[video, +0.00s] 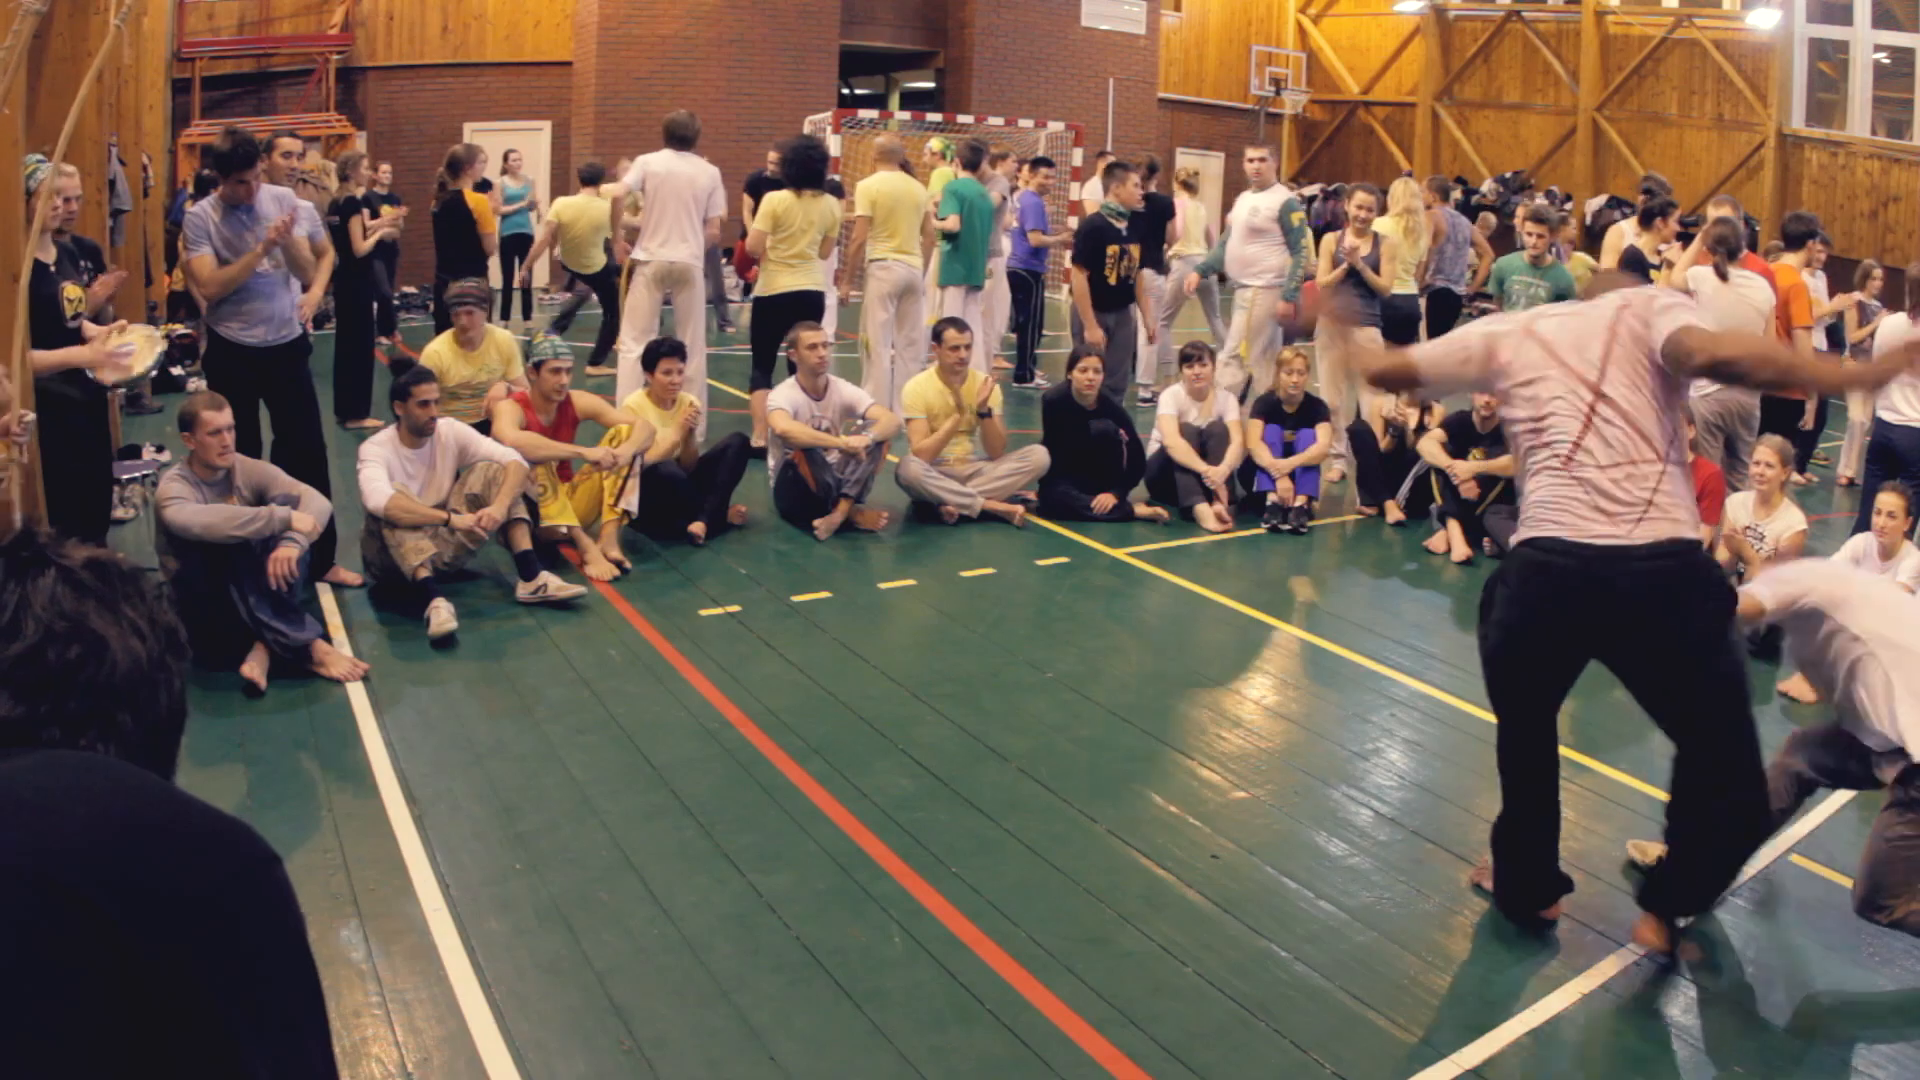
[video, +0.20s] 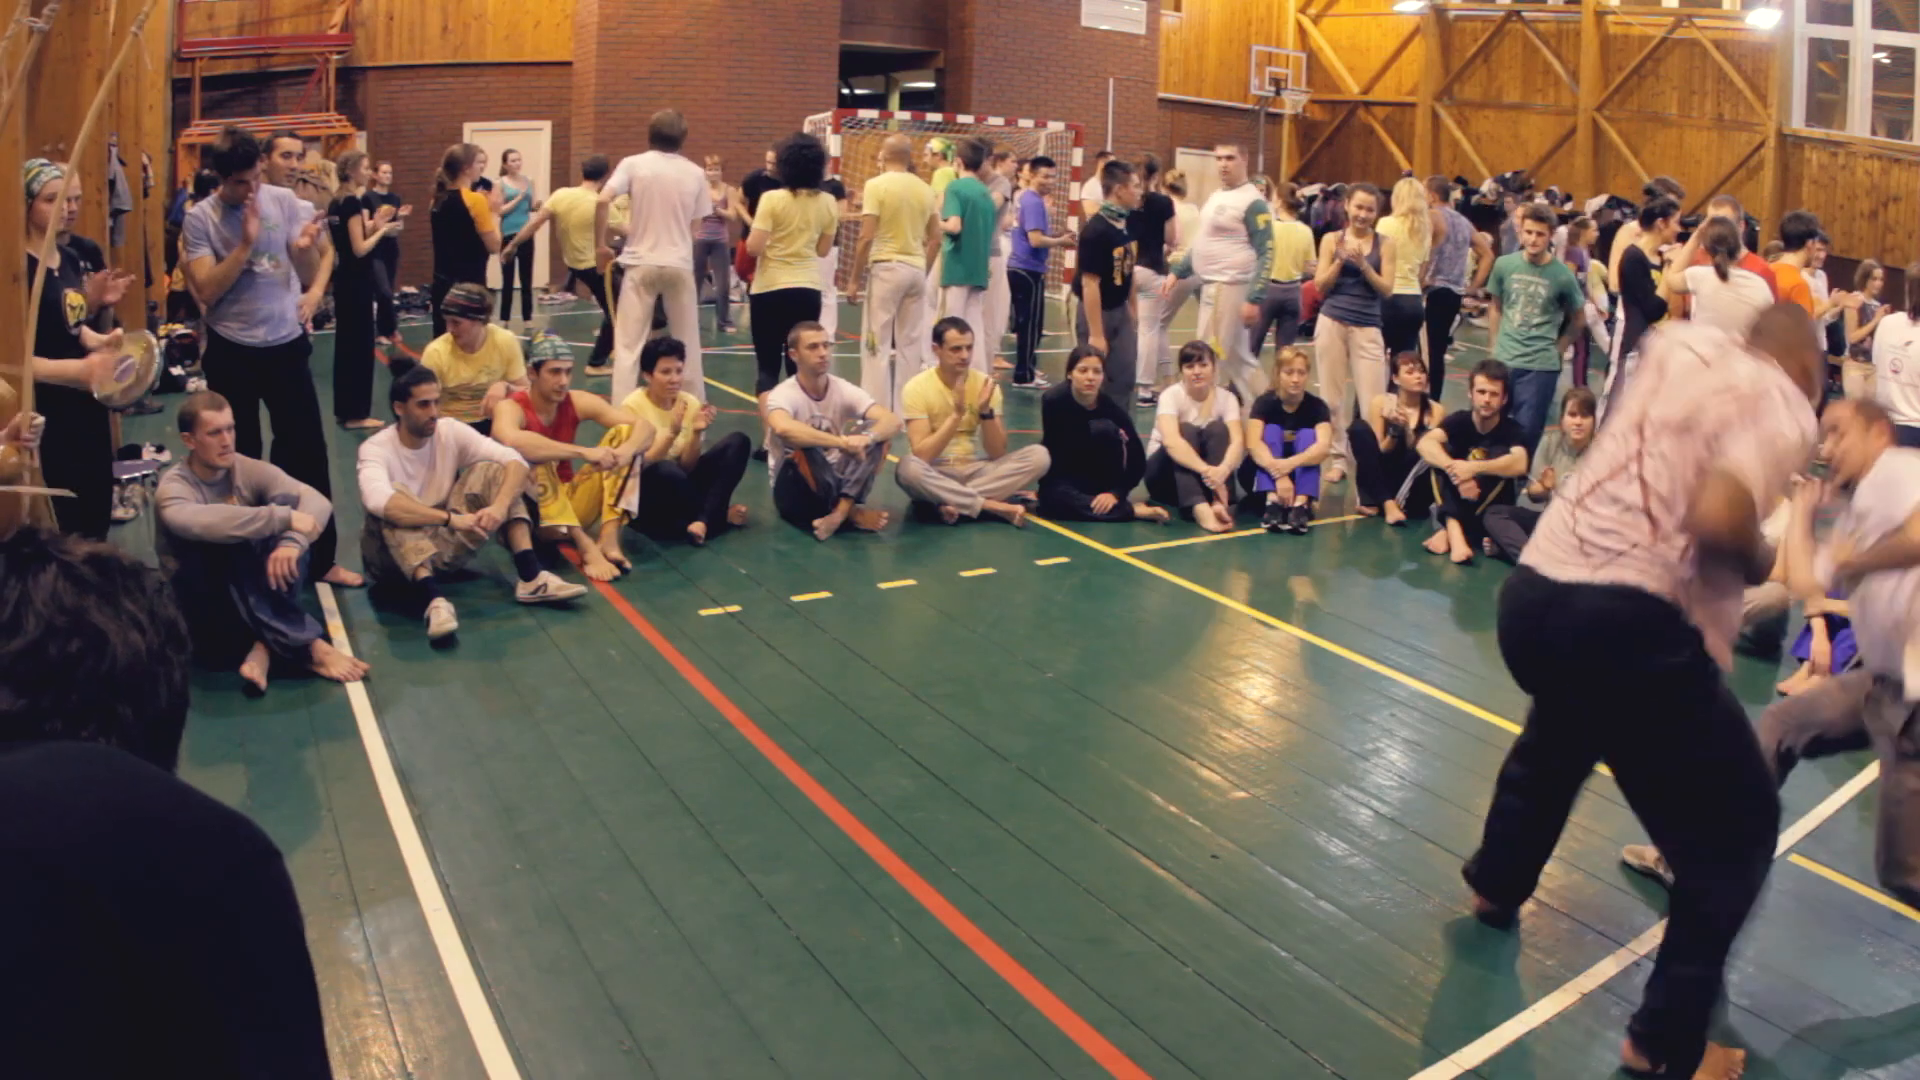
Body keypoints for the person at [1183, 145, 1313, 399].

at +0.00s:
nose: (1256, 166)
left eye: (1262, 160)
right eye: (1250, 161)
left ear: (1275, 164)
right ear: (1243, 166)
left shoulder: (1286, 201)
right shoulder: (1244, 198)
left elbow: (1302, 252)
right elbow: (1228, 240)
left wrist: (1289, 297)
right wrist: (1200, 271)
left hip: (1266, 288)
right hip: (1244, 286)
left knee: (1233, 356)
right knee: (1263, 357)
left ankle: (1219, 418)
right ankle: (1268, 416)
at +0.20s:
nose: (1223, 164)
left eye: (1230, 159)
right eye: (1219, 159)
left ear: (1244, 162)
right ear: (1215, 164)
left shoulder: (1253, 201)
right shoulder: (1216, 197)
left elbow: (1266, 252)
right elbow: (1204, 242)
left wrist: (1254, 299)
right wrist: (1177, 272)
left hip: (1235, 285)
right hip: (1211, 283)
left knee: (1217, 350)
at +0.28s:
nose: (1209, 163)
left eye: (1216, 157)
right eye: (1206, 157)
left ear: (1233, 160)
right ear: (1202, 161)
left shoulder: (1241, 200)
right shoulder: (1206, 193)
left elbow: (1250, 254)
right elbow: (1195, 240)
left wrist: (1236, 298)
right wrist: (1173, 272)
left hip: (1219, 281)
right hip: (1198, 279)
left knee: (1208, 348)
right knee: (1203, 348)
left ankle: (1253, 403)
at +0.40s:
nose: (1190, 161)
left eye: (1197, 155)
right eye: (1186, 156)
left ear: (1213, 159)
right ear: (1183, 159)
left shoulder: (1220, 198)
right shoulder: (1190, 193)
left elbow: (1227, 254)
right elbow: (1180, 243)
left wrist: (1202, 294)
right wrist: (1163, 278)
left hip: (1201, 284)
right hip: (1177, 282)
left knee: (1195, 352)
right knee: (1166, 347)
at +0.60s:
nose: (1155, 159)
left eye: (1161, 153)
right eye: (1152, 153)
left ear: (1180, 154)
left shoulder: (1188, 191)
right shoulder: (1158, 189)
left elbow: (1197, 246)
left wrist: (1176, 290)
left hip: (1180, 280)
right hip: (1158, 277)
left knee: (1177, 350)